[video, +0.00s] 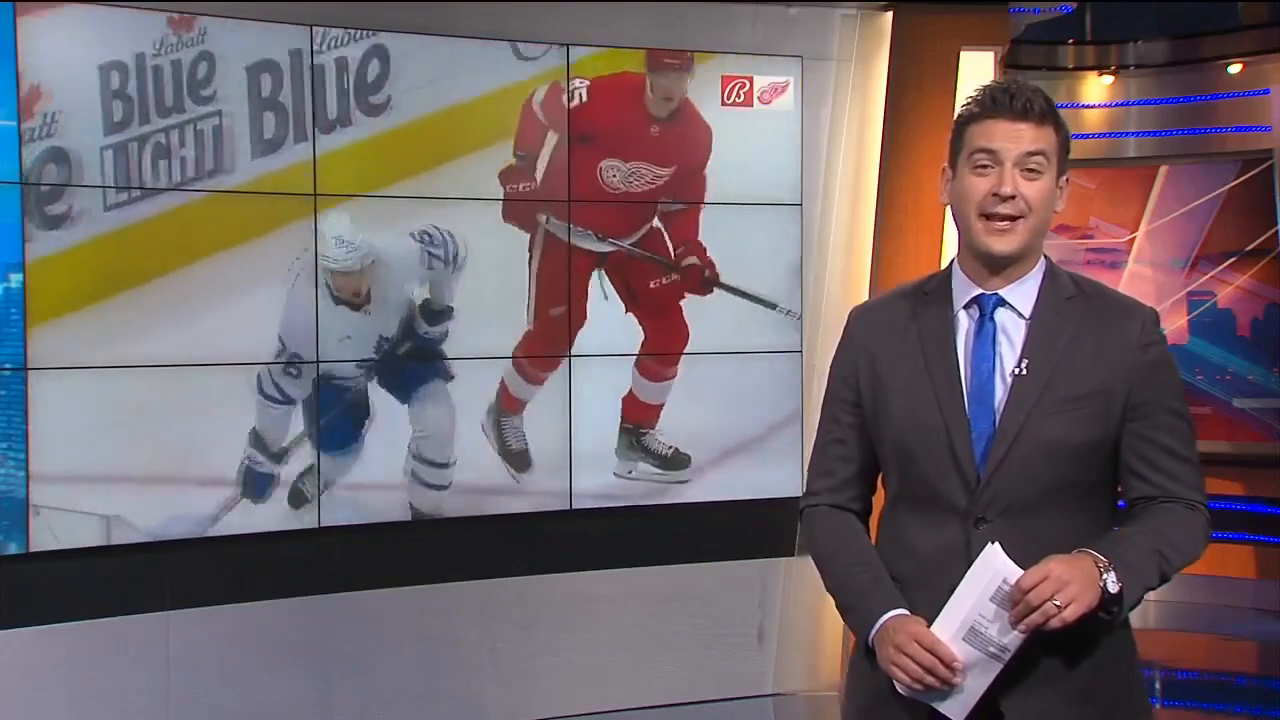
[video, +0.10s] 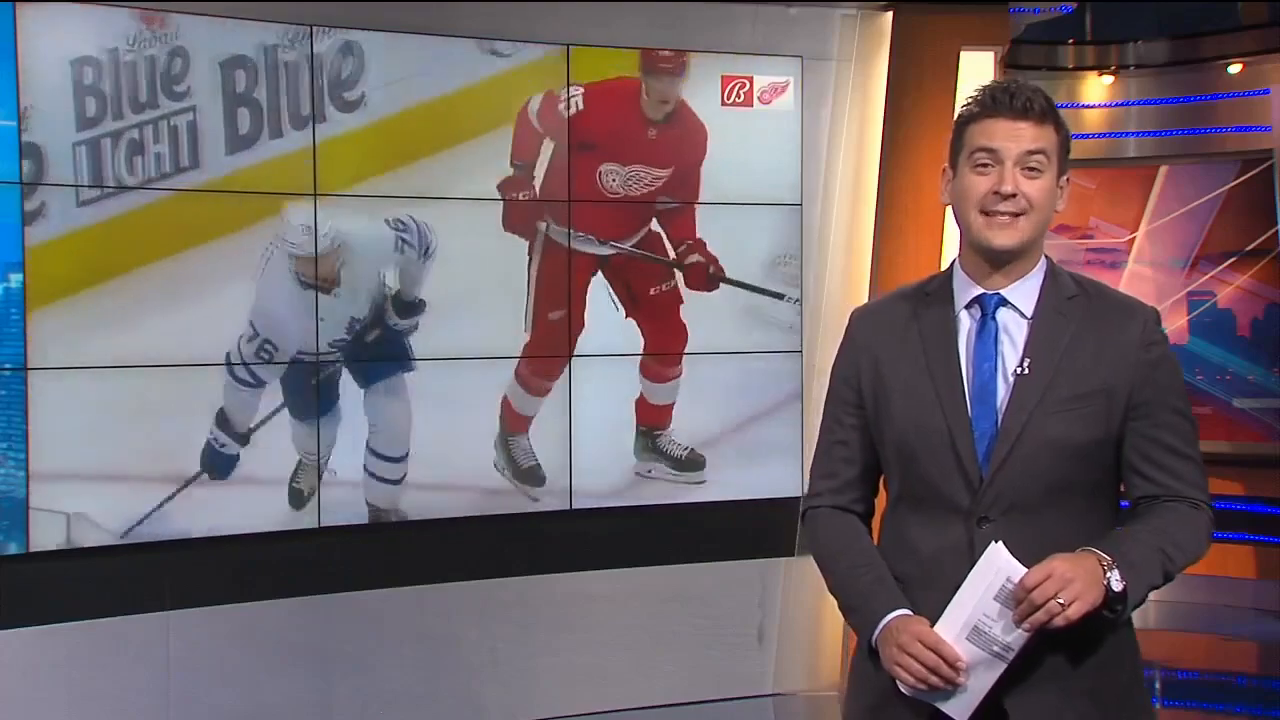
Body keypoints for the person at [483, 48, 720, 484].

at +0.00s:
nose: (669, 83)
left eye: (678, 73)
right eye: (661, 71)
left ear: (689, 75)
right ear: (647, 70)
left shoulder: (695, 136)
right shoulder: (604, 98)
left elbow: (680, 207)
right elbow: (540, 105)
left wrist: (689, 253)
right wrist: (523, 168)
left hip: (634, 236)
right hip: (565, 229)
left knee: (669, 333)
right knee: (555, 331)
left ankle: (635, 438)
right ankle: (505, 414)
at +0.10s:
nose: (667, 88)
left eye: (675, 77)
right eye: (658, 76)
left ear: (685, 78)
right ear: (642, 74)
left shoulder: (690, 135)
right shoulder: (599, 103)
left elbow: (676, 203)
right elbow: (532, 115)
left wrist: (690, 250)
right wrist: (519, 186)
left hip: (635, 238)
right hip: (566, 234)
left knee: (668, 335)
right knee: (554, 341)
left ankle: (652, 439)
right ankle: (512, 435)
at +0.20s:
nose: (650, 99)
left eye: (658, 89)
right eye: (641, 90)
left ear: (670, 86)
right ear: (627, 82)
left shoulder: (677, 136)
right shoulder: (582, 111)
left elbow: (669, 204)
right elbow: (522, 127)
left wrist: (687, 251)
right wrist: (516, 196)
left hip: (626, 242)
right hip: (559, 239)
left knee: (664, 338)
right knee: (549, 349)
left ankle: (669, 435)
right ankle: (511, 444)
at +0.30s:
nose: (618, 111)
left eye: (627, 101)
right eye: (610, 101)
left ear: (639, 101)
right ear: (596, 98)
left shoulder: (651, 147)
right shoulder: (559, 127)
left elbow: (650, 215)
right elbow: (504, 147)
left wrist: (669, 261)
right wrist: (502, 215)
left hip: (611, 255)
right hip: (544, 253)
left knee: (650, 344)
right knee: (533, 359)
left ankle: (667, 438)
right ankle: (504, 450)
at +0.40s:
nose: (592, 122)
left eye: (600, 112)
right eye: (584, 112)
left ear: (611, 111)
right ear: (571, 111)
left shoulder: (628, 158)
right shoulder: (535, 139)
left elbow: (633, 222)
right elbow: (489, 158)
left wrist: (649, 268)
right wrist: (487, 221)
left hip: (594, 257)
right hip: (528, 257)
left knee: (634, 350)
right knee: (518, 361)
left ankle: (657, 436)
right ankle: (493, 452)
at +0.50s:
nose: (554, 130)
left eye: (563, 121)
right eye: (548, 120)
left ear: (575, 121)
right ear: (537, 119)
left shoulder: (595, 160)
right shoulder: (504, 143)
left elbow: (609, 222)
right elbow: (475, 166)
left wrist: (619, 267)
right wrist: (470, 218)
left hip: (573, 254)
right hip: (510, 253)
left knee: (611, 340)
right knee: (501, 347)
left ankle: (639, 427)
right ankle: (484, 443)